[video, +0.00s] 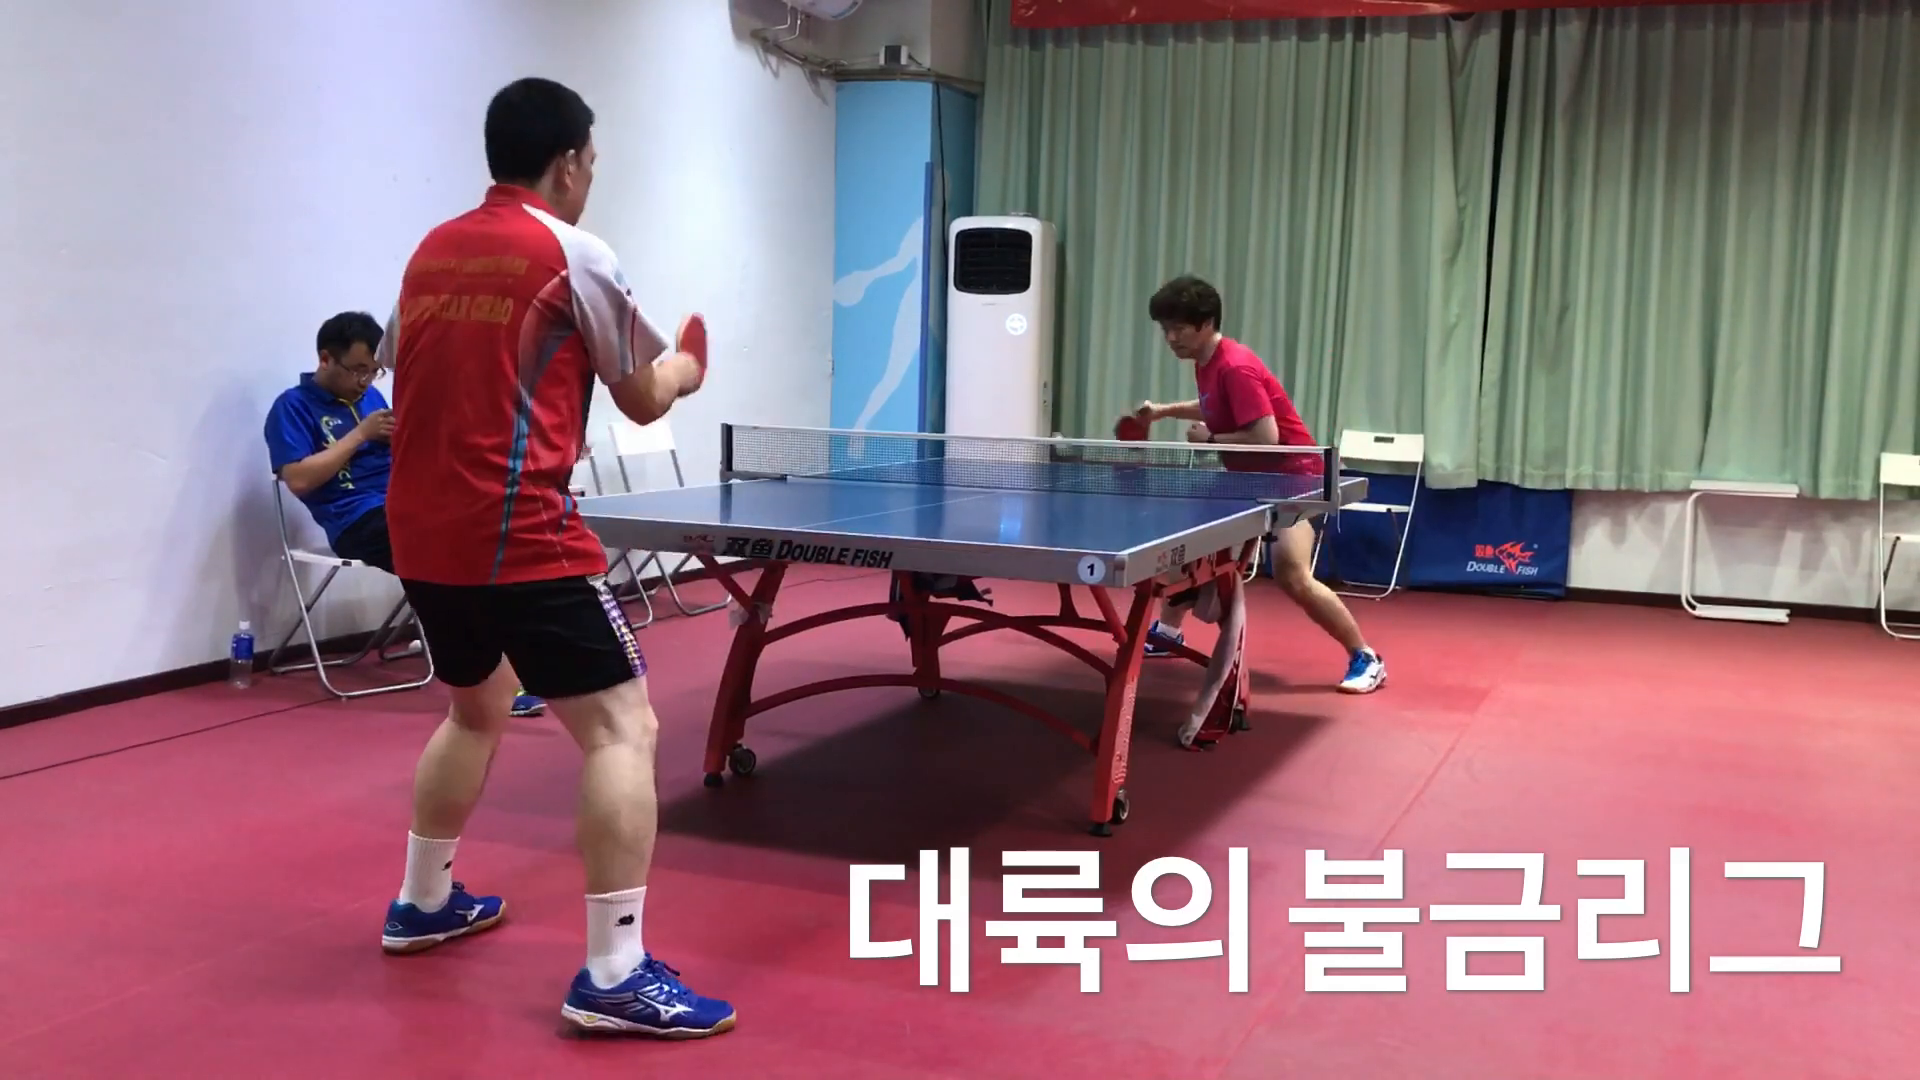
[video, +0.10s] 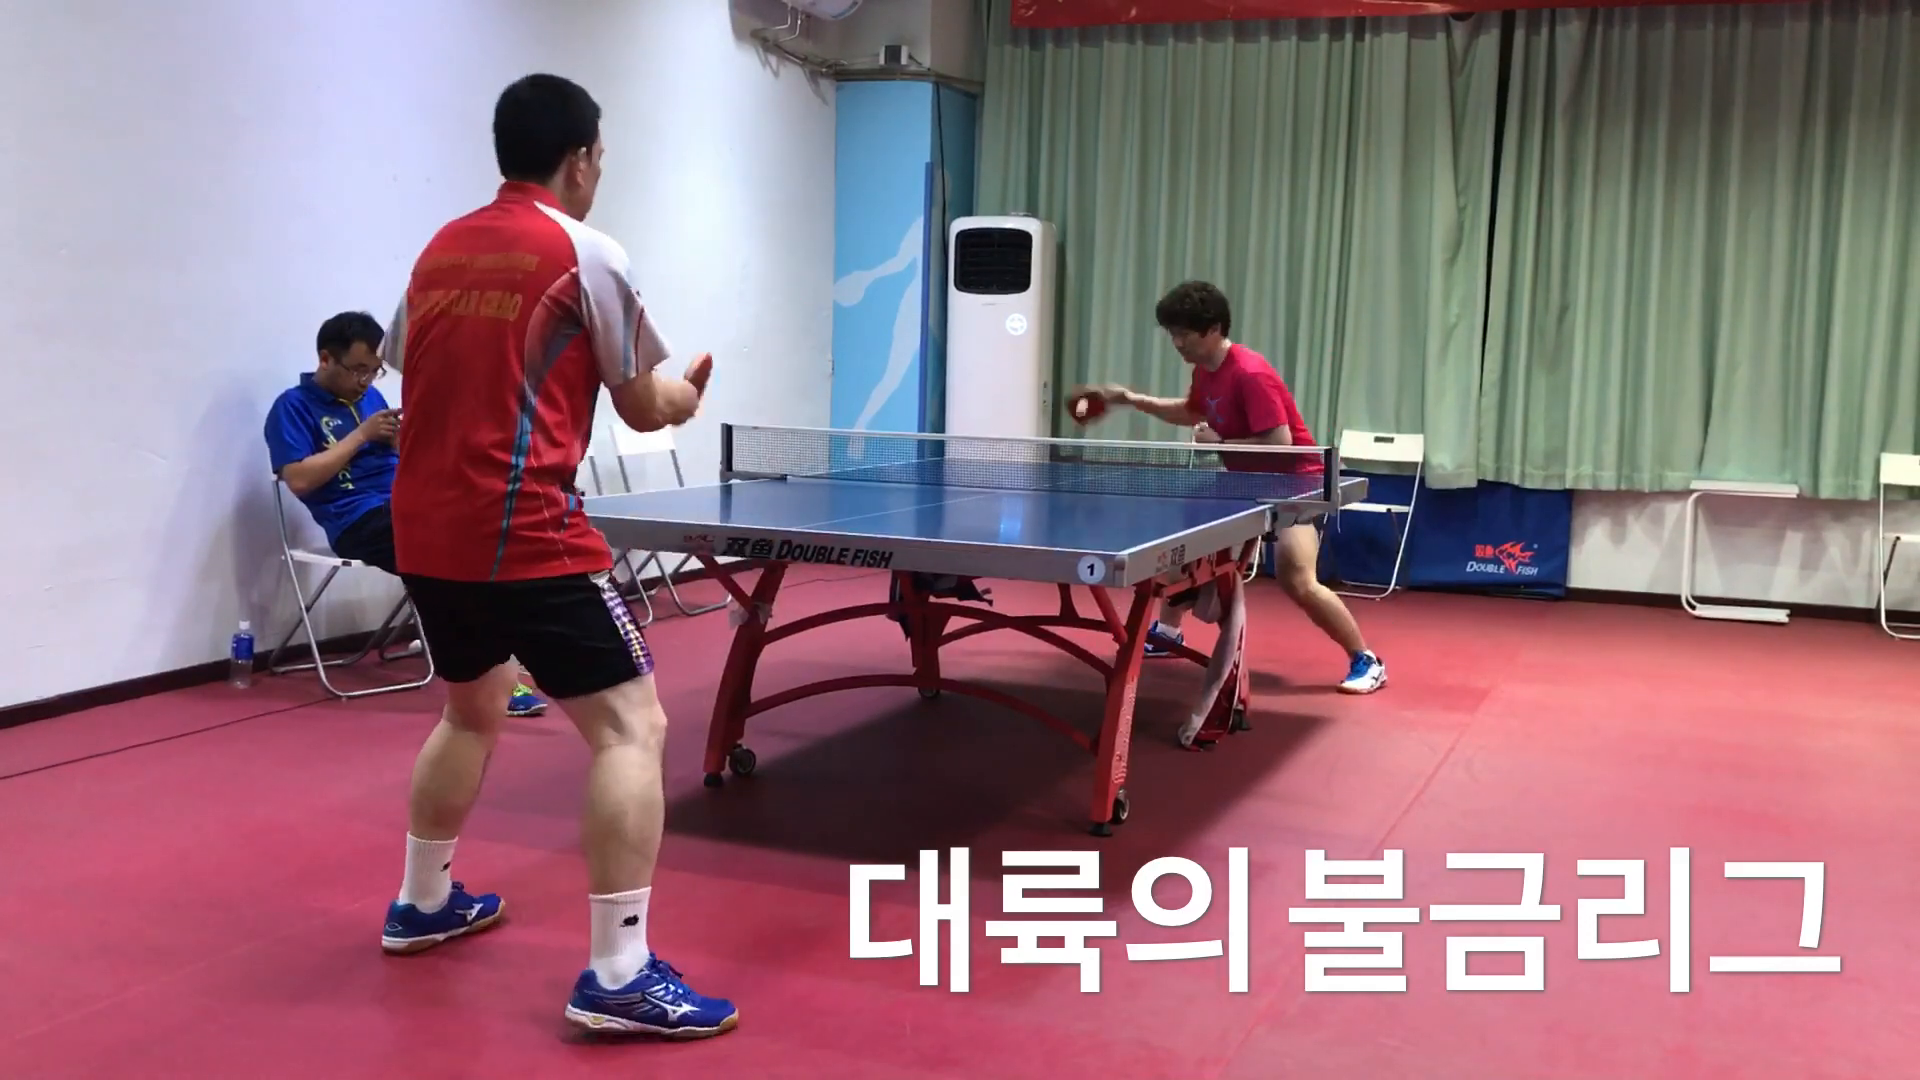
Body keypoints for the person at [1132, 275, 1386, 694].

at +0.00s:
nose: (1170, 338)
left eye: (1178, 328)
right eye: (1166, 329)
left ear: (1205, 324)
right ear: (1166, 329)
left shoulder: (1236, 366)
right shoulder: (1204, 363)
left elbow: (1266, 435)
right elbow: (1217, 411)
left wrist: (1212, 438)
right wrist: (1163, 411)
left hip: (1294, 476)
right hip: (1248, 476)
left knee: (1294, 578)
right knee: (1187, 540)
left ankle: (1365, 657)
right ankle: (1167, 632)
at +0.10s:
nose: (1175, 343)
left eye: (1180, 334)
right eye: (1172, 335)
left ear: (1209, 330)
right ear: (1204, 331)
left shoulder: (1250, 373)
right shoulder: (1202, 370)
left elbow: (1281, 442)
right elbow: (1193, 413)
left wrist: (1222, 443)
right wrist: (1132, 399)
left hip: (1295, 482)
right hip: (1245, 481)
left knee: (1297, 580)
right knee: (1183, 539)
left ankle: (1365, 659)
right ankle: (1166, 631)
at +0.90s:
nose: (1156, 344)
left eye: (1162, 336)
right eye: (1153, 336)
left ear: (1191, 330)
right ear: (1181, 331)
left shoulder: (1229, 375)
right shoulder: (1181, 368)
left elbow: (1263, 445)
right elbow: (1169, 405)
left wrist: (1206, 446)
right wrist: (1104, 398)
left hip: (1273, 482)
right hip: (1224, 480)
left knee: (1285, 580)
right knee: (1159, 541)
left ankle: (1350, 655)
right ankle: (1131, 633)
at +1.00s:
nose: (1156, 332)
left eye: (1162, 323)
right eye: (1154, 323)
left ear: (1192, 321)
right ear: (1178, 323)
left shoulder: (1238, 364)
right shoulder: (1164, 363)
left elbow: (1271, 431)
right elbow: (1115, 386)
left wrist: (1210, 437)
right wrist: (1081, 367)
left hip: (1270, 478)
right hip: (1215, 477)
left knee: (1290, 571)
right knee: (1158, 541)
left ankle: (1350, 654)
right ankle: (1132, 631)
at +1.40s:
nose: (1160, 315)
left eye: (1169, 305)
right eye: (1153, 306)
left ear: (1194, 304)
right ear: (1148, 308)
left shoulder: (1234, 352)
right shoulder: (1145, 358)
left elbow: (1266, 411)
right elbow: (1109, 424)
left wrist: (1209, 425)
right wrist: (1103, 405)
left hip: (1245, 479)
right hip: (1184, 481)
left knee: (1282, 556)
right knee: (1139, 548)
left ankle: (1325, 647)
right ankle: (1130, 634)